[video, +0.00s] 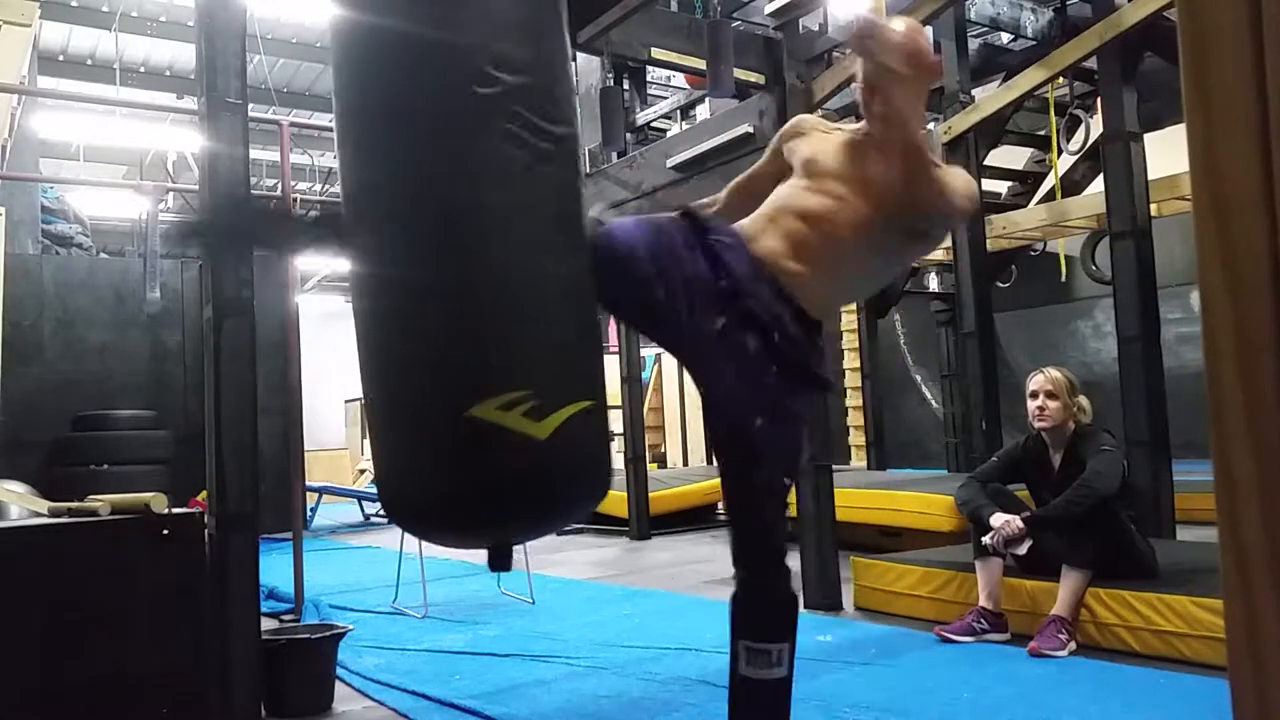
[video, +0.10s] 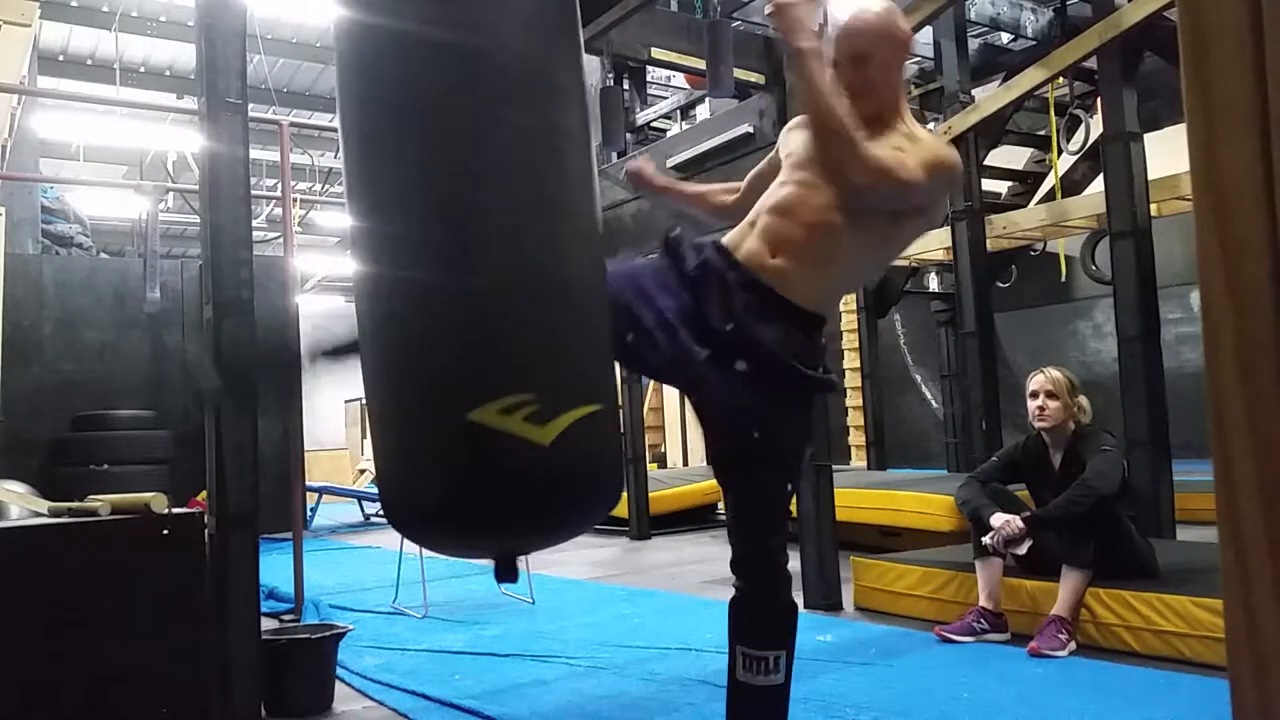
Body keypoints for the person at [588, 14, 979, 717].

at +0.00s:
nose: (865, 77)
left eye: (885, 63)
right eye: (861, 61)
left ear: (929, 77)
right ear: (854, 74)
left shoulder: (952, 189)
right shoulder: (805, 133)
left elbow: (917, 196)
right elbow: (720, 210)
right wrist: (635, 237)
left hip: (774, 346)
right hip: (708, 265)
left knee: (760, 552)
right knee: (580, 251)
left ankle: (760, 714)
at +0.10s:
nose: (843, 80)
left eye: (860, 63)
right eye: (833, 62)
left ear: (903, 60)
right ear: (824, 60)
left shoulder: (935, 161)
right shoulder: (806, 125)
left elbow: (863, 186)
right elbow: (738, 204)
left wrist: (800, 44)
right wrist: (664, 184)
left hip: (775, 347)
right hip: (694, 280)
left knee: (760, 560)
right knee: (544, 306)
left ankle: (756, 712)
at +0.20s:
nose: (811, 53)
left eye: (826, 35)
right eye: (805, 42)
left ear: (876, 33)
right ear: (801, 47)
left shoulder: (916, 132)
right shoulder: (809, 126)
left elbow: (833, 183)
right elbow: (733, 209)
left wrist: (759, 77)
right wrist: (658, 180)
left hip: (778, 340)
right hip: (700, 301)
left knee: (754, 551)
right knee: (558, 386)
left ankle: (756, 713)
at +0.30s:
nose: (774, 51)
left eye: (791, 33)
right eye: (770, 40)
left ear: (844, 38)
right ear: (775, 57)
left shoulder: (878, 123)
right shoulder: (791, 141)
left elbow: (825, 201)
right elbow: (727, 242)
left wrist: (722, 111)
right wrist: (635, 206)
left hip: (774, 342)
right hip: (712, 330)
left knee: (742, 538)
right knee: (610, 449)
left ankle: (757, 712)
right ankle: (621, 617)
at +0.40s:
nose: (740, 75)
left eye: (750, 53)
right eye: (738, 62)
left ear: (797, 46)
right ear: (792, 53)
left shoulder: (831, 126)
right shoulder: (796, 138)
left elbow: (783, 205)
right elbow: (766, 249)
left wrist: (654, 132)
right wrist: (718, 303)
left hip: (768, 350)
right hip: (737, 348)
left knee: (730, 538)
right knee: (716, 530)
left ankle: (760, 704)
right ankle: (765, 669)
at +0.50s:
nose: (707, 108)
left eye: (709, 92)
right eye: (704, 96)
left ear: (742, 77)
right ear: (770, 77)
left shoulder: (763, 141)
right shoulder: (812, 151)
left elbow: (709, 206)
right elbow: (841, 283)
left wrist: (590, 191)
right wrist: (819, 354)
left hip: (763, 363)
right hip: (805, 359)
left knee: (722, 549)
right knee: (801, 544)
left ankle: (767, 705)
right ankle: (818, 699)